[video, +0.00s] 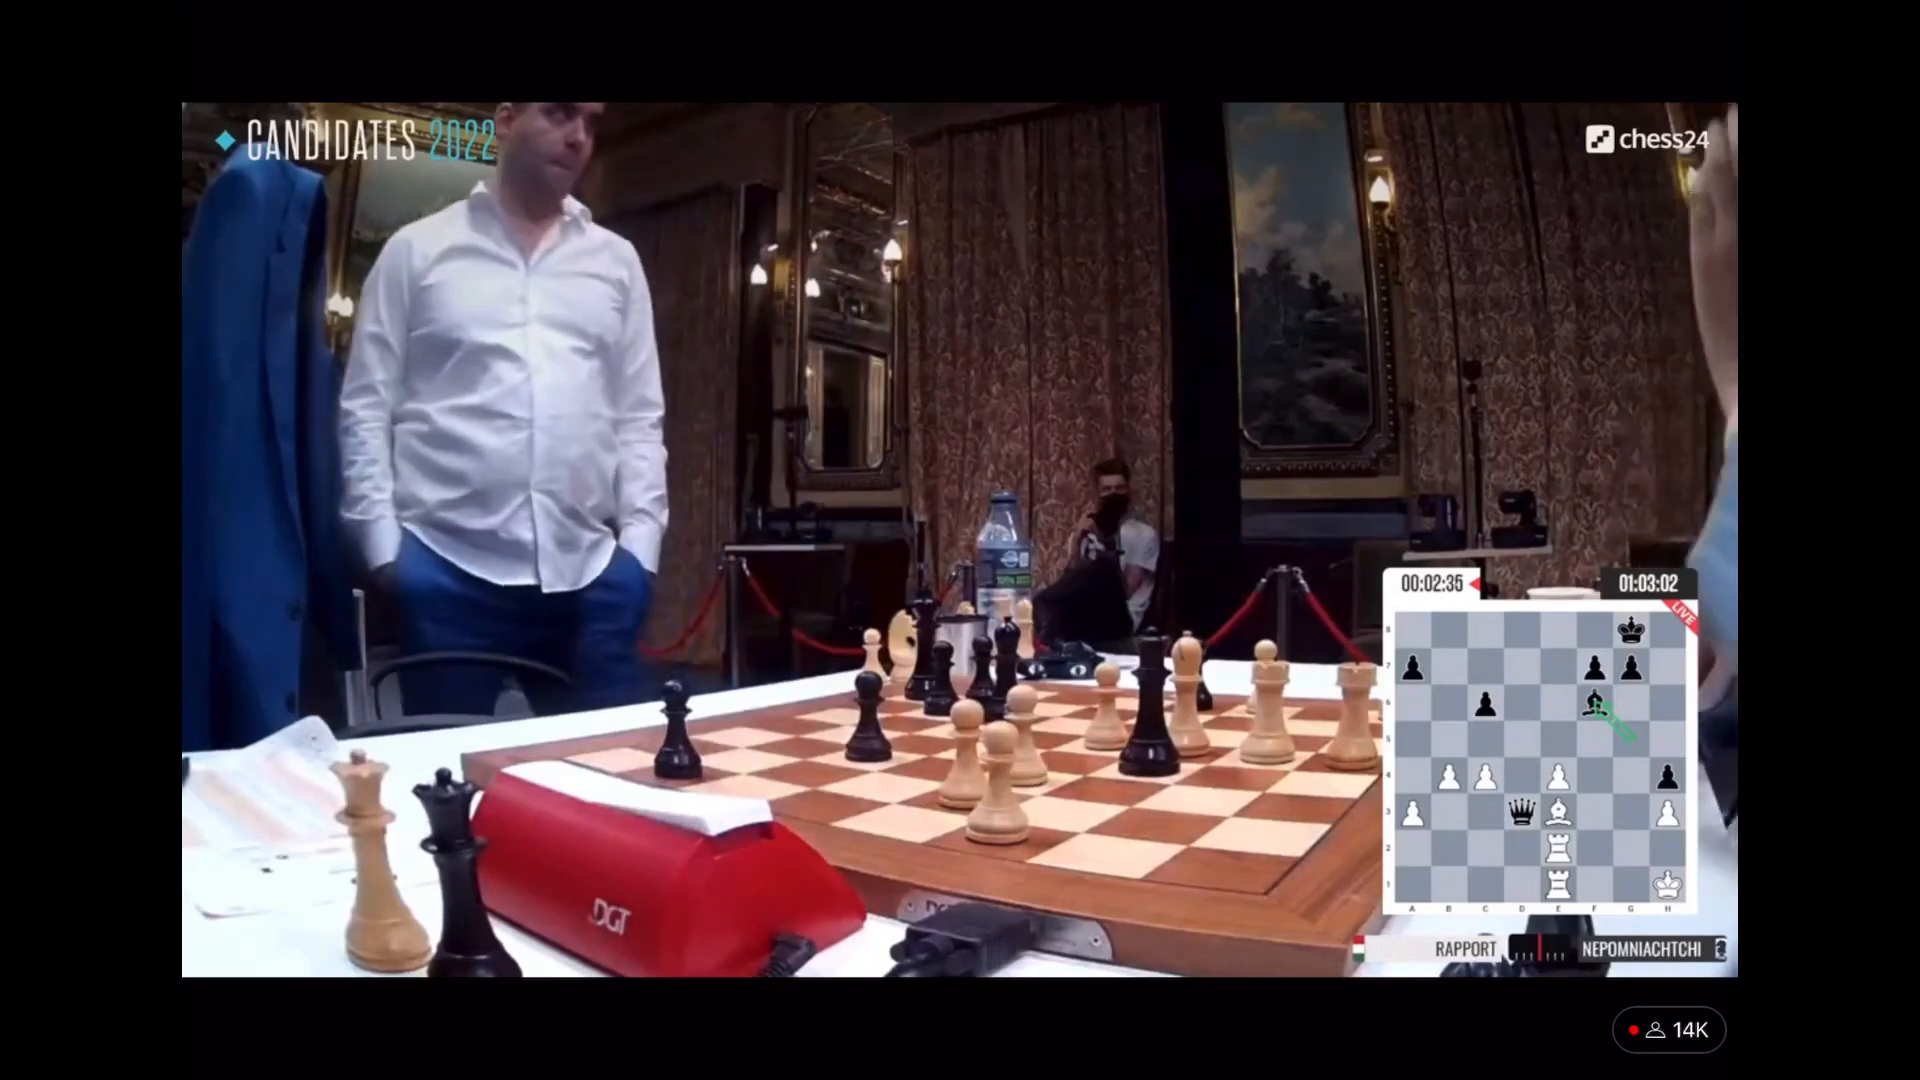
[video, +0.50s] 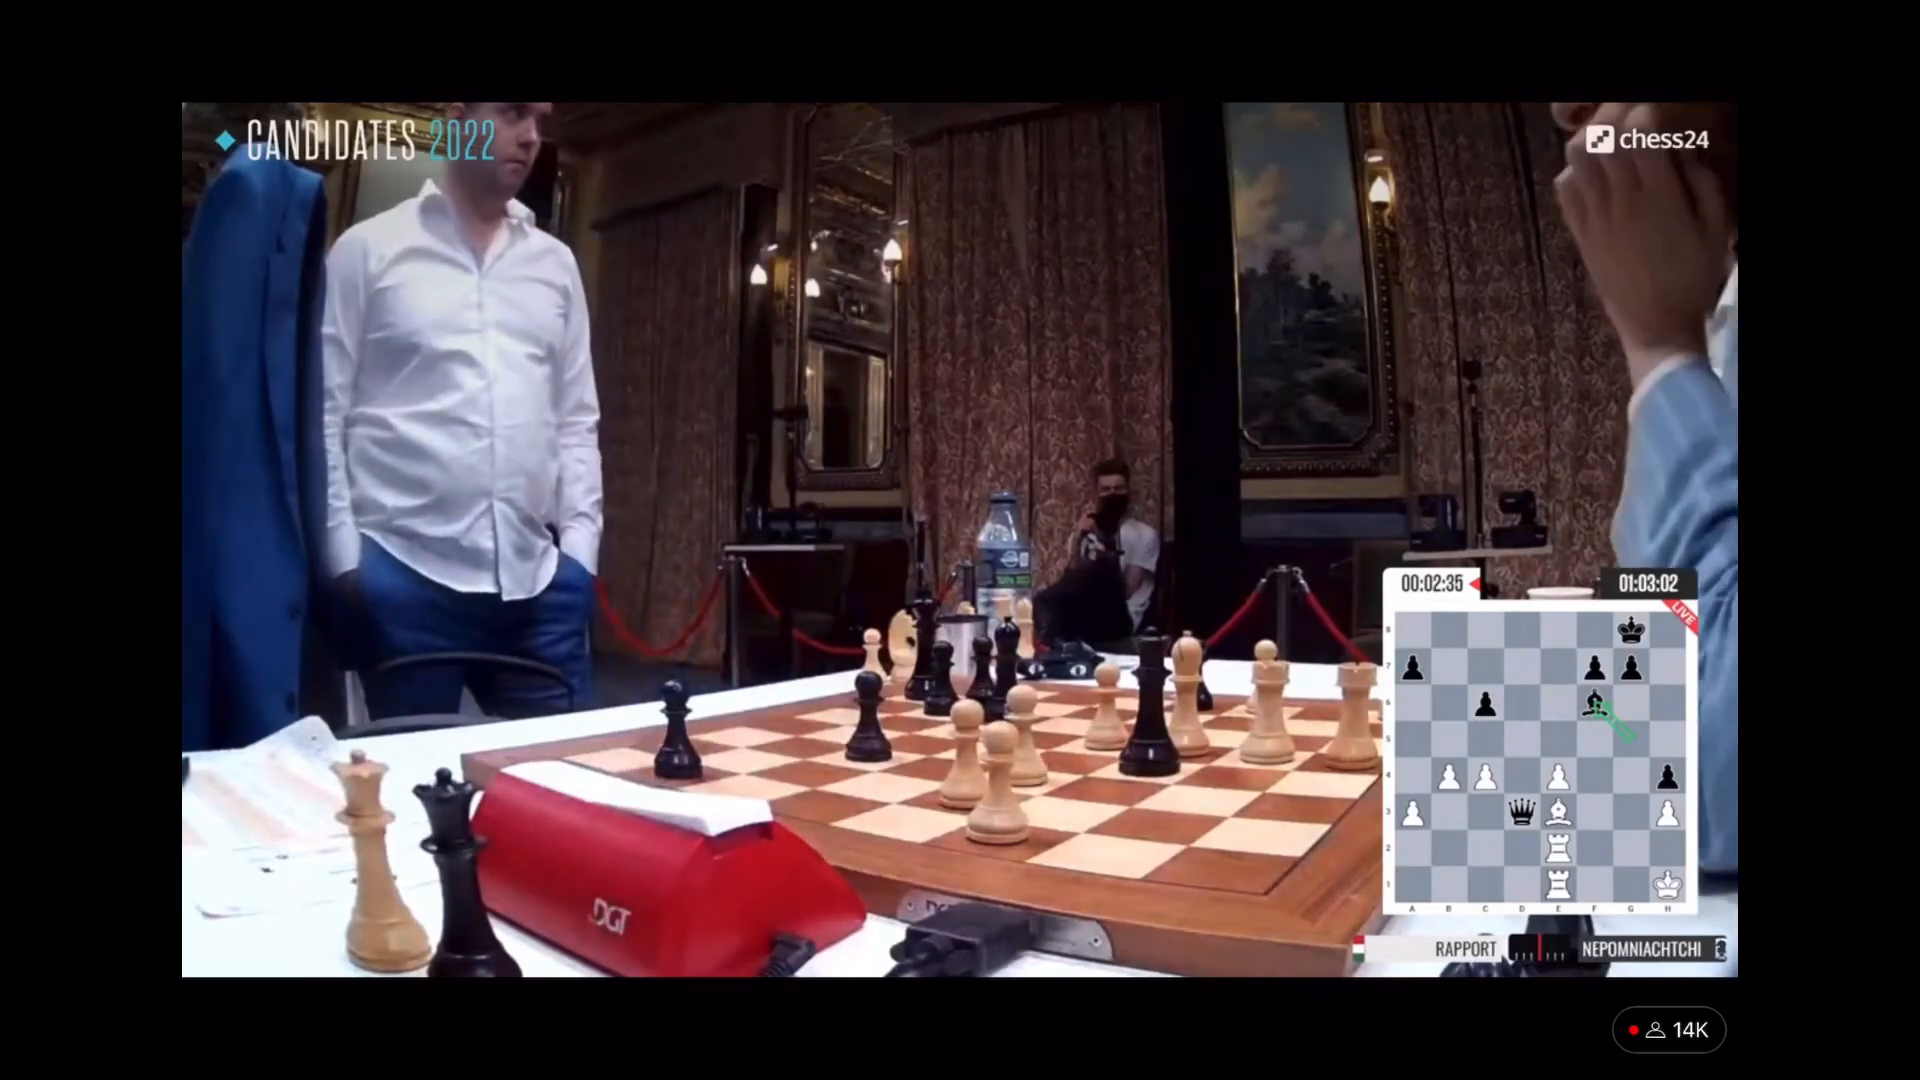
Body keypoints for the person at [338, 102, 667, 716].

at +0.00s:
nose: (578, 137)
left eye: (589, 123)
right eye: (559, 114)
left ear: (597, 141)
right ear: (506, 120)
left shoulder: (616, 260)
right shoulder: (417, 250)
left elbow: (640, 418)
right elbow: (365, 404)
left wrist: (637, 551)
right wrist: (384, 550)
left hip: (591, 581)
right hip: (447, 579)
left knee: (610, 782)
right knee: (448, 784)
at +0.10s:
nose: (567, 137)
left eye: (577, 122)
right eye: (547, 114)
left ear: (584, 138)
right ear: (496, 118)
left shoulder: (599, 263)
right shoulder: (403, 251)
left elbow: (621, 420)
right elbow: (350, 408)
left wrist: (618, 554)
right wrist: (372, 553)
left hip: (573, 584)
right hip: (433, 581)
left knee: (601, 783)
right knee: (437, 785)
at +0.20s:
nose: (551, 140)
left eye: (560, 123)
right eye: (532, 116)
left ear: (566, 138)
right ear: (477, 121)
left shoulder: (577, 266)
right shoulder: (387, 253)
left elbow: (599, 423)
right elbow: (337, 412)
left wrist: (599, 555)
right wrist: (358, 557)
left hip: (554, 584)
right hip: (417, 582)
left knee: (582, 784)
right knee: (423, 789)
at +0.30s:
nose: (543, 140)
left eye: (551, 124)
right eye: (525, 117)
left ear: (556, 139)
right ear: (469, 121)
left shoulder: (567, 267)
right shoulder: (378, 253)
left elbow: (589, 424)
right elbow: (332, 415)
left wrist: (589, 556)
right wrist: (352, 561)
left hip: (545, 585)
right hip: (411, 584)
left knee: (576, 784)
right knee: (422, 788)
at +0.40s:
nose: (536, 138)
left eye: (543, 122)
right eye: (518, 116)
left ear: (548, 136)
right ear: (462, 120)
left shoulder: (558, 264)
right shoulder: (369, 252)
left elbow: (580, 422)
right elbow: (327, 416)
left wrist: (582, 554)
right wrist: (347, 563)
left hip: (539, 583)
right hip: (405, 582)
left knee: (562, 788)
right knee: (419, 790)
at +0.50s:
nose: (533, 136)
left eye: (539, 120)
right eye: (514, 115)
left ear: (543, 133)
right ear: (458, 118)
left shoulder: (555, 263)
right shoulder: (365, 252)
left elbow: (577, 421)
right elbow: (325, 417)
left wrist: (578, 554)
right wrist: (345, 564)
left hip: (538, 583)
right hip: (404, 583)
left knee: (561, 789)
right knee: (418, 791)